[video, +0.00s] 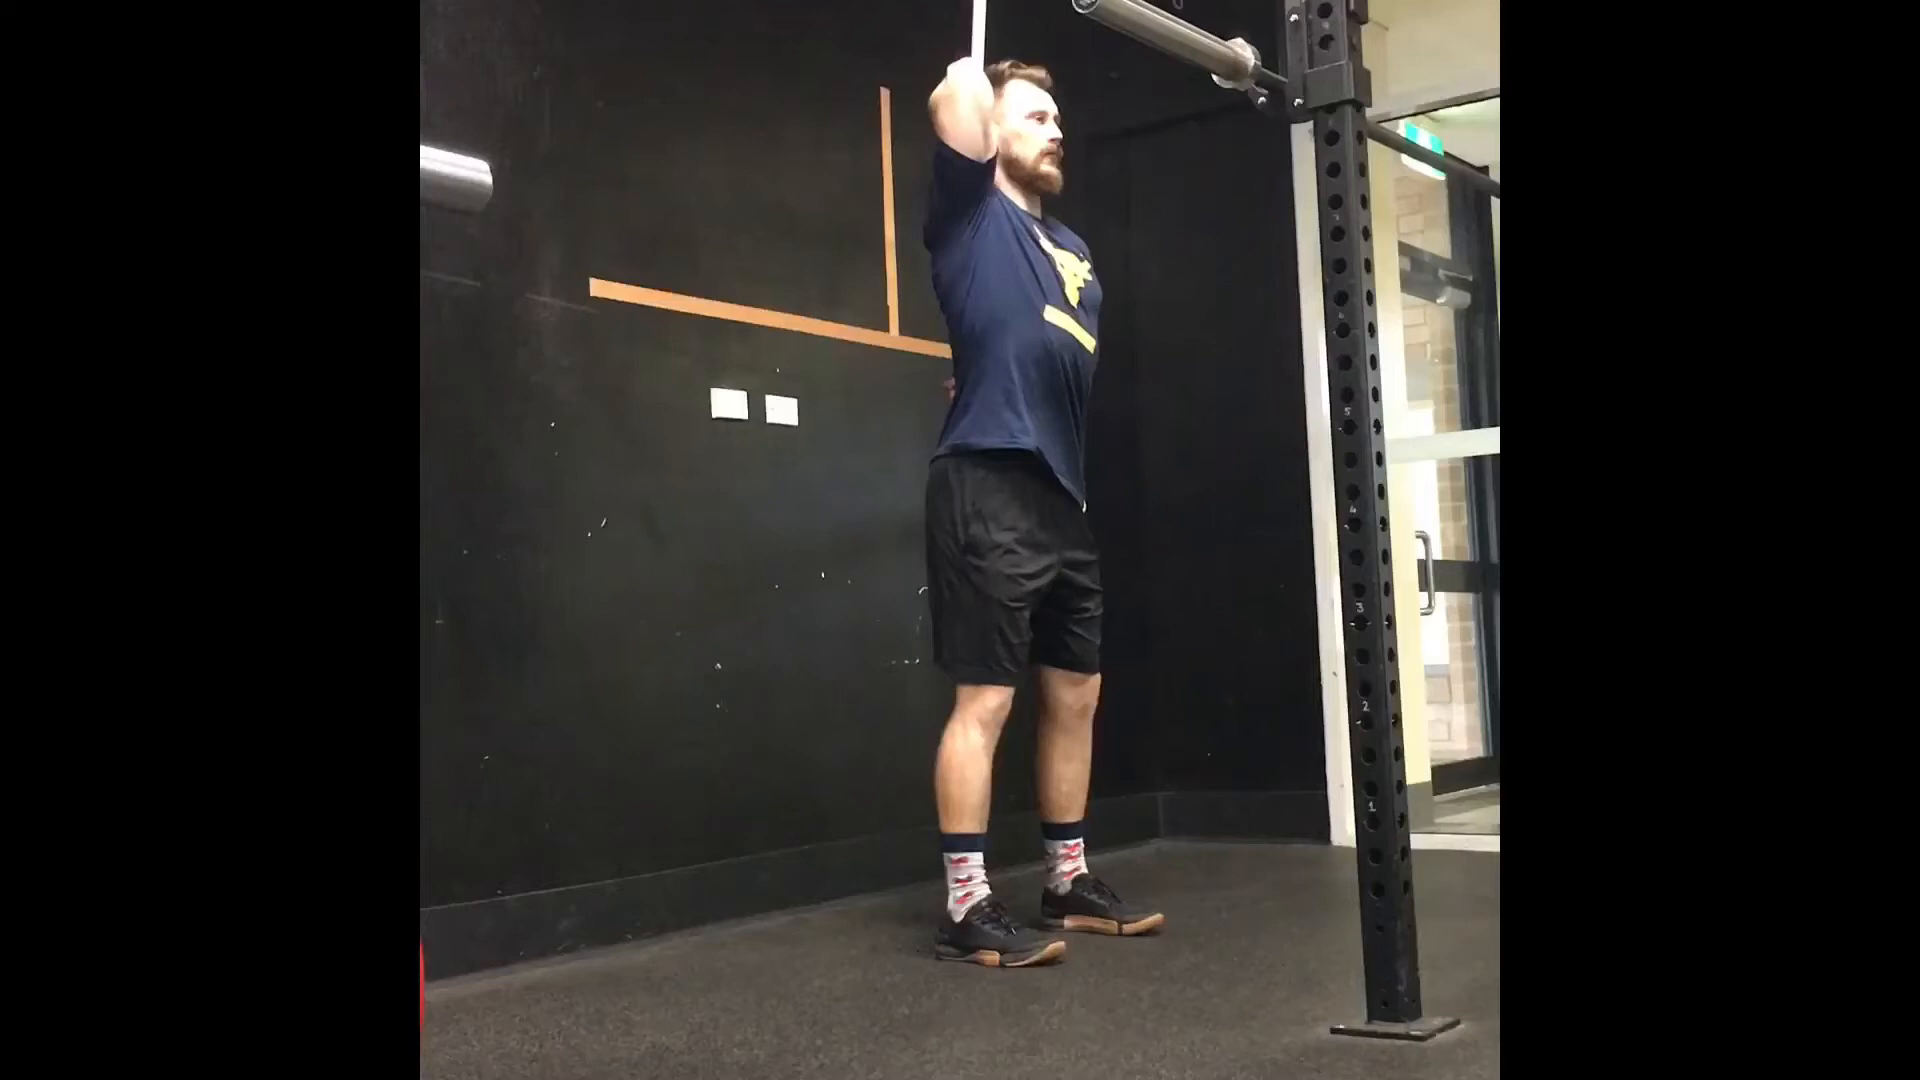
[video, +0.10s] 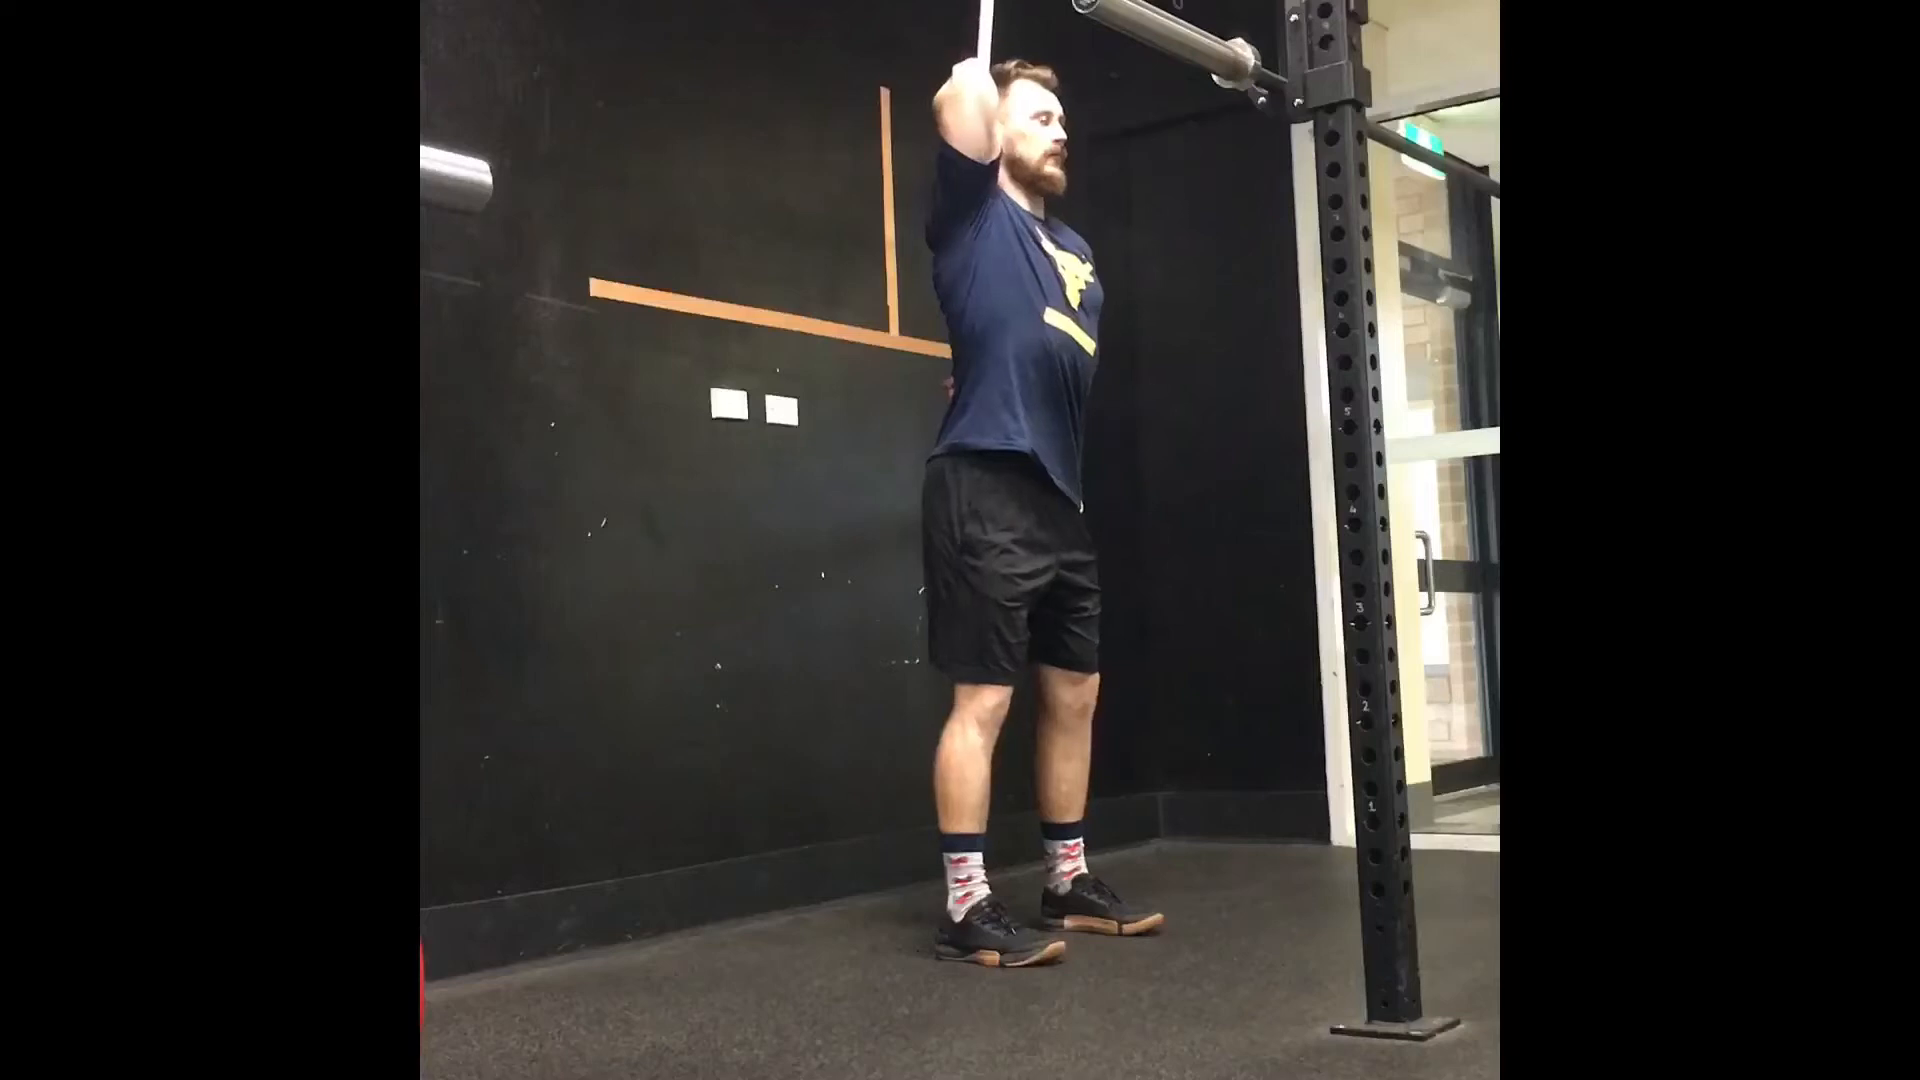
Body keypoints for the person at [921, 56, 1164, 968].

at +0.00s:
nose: (1054, 128)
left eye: (1056, 116)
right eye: (1034, 115)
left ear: (1056, 139)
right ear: (987, 133)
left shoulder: (1075, 251)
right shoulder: (967, 215)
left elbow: (1059, 365)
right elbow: (956, 114)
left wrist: (981, 388)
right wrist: (970, 67)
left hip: (1060, 493)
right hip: (985, 484)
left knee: (1074, 690)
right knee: (985, 695)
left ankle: (1066, 885)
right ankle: (968, 910)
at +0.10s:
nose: (1059, 127)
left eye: (1061, 116)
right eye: (1039, 114)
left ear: (1060, 142)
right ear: (991, 131)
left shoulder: (1078, 252)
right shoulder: (970, 214)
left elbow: (1059, 365)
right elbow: (961, 115)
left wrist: (981, 387)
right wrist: (977, 66)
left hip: (1058, 495)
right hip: (982, 485)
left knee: (1072, 691)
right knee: (983, 696)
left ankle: (1066, 885)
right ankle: (968, 910)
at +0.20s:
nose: (1069, 132)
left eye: (1071, 121)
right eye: (1049, 118)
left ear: (1070, 143)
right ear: (1002, 131)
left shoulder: (1081, 254)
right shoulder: (973, 216)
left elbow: (1055, 368)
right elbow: (973, 113)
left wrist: (979, 387)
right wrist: (982, 78)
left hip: (1052, 501)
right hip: (976, 490)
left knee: (1070, 691)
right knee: (980, 695)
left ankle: (1066, 883)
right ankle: (967, 908)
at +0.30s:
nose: (1080, 140)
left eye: (1085, 129)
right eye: (1063, 123)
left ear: (1083, 149)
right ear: (1018, 136)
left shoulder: (1086, 262)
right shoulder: (981, 216)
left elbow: (1059, 376)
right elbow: (979, 109)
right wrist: (1004, 97)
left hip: (1046, 503)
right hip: (969, 490)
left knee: (1067, 691)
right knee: (977, 695)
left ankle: (1066, 881)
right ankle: (967, 906)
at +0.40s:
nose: (1097, 154)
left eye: (1101, 140)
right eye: (1081, 136)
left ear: (1096, 155)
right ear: (1031, 145)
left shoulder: (1092, 268)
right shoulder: (990, 225)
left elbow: (1058, 379)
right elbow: (994, 110)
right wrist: (1023, 99)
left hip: (1040, 506)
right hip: (962, 492)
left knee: (1063, 690)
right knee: (973, 697)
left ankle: (1067, 881)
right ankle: (966, 908)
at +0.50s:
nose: (1110, 170)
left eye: (1115, 156)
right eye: (1094, 153)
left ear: (1114, 167)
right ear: (1045, 154)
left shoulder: (1099, 276)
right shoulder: (999, 233)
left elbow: (1060, 386)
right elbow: (1009, 125)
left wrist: (974, 405)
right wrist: (1047, 105)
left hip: (1032, 511)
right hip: (953, 496)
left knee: (1060, 688)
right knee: (970, 697)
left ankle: (1068, 881)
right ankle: (966, 908)